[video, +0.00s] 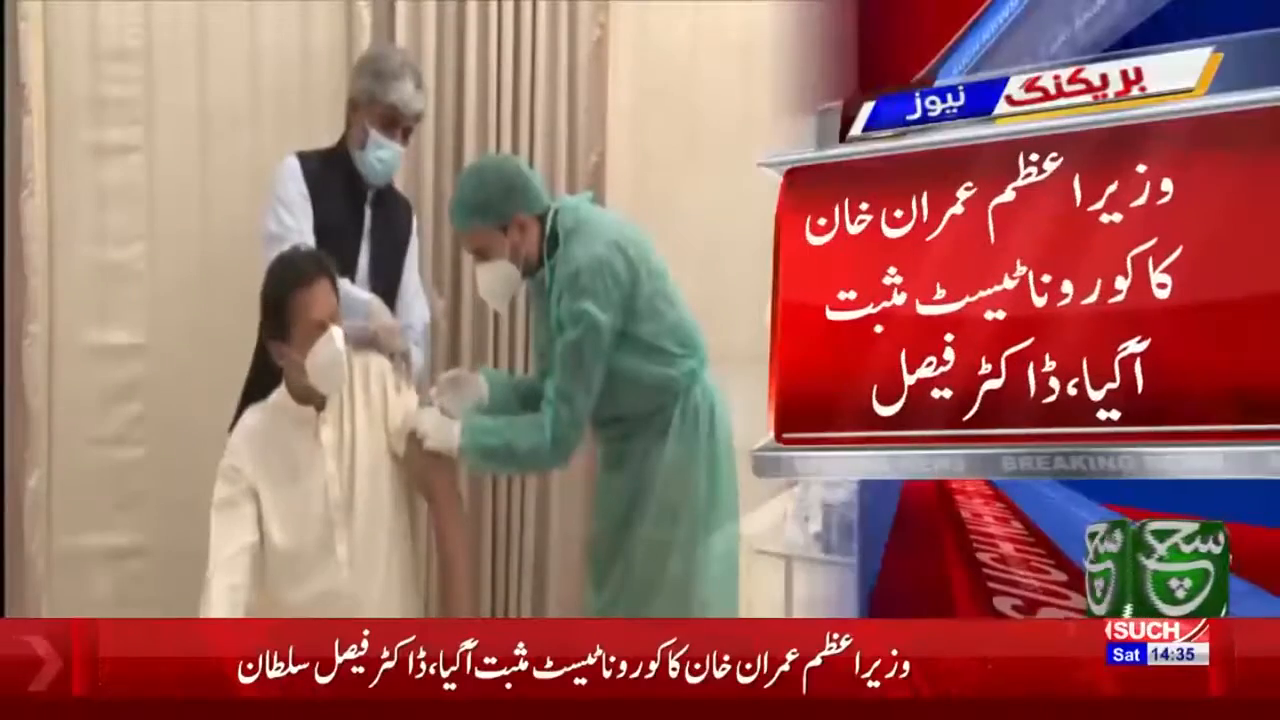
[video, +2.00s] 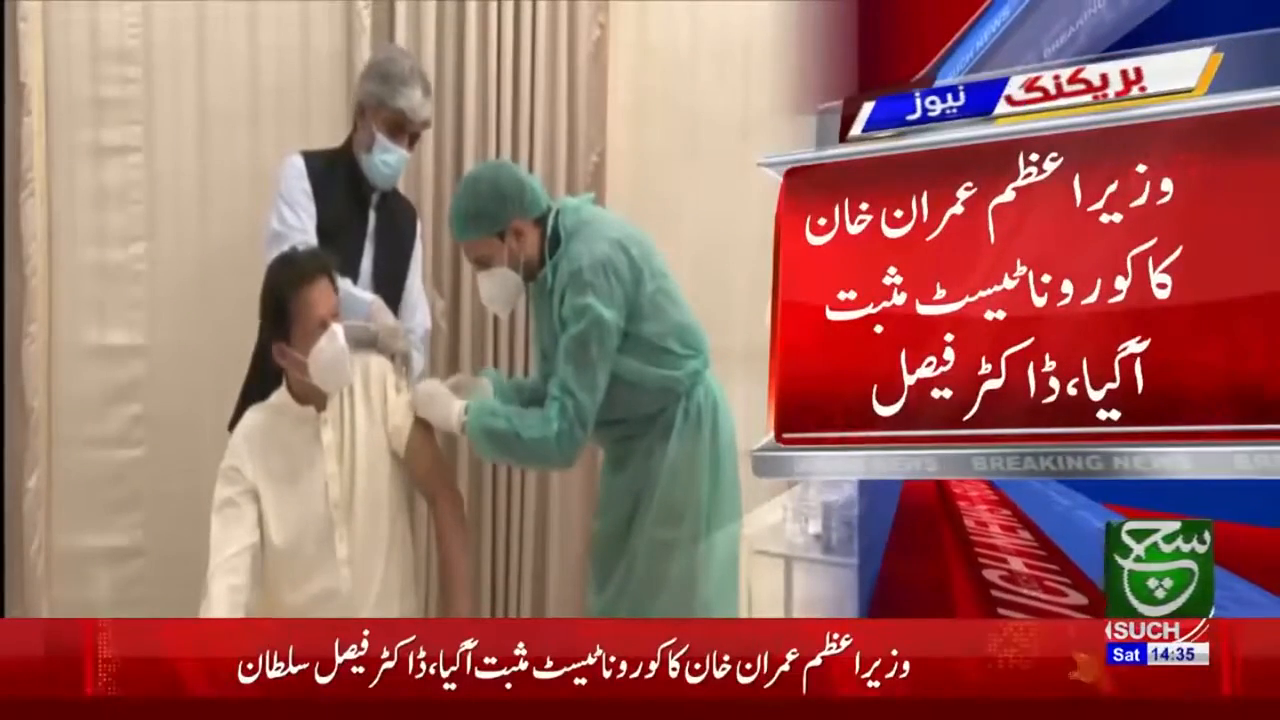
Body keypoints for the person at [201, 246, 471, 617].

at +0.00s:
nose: (337, 342)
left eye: (337, 324)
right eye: (318, 333)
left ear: (346, 322)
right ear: (280, 350)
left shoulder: (375, 379)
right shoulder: (252, 437)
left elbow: (442, 489)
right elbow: (228, 574)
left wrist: (460, 614)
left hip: (389, 615)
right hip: (294, 626)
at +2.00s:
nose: (337, 337)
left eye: (338, 321)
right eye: (320, 330)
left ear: (348, 320)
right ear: (282, 352)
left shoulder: (375, 381)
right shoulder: (254, 435)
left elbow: (444, 496)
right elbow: (230, 570)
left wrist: (460, 614)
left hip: (390, 619)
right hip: (293, 632)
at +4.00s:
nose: (332, 337)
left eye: (335, 321)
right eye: (315, 329)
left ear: (344, 319)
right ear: (280, 346)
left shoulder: (375, 380)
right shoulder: (253, 435)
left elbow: (442, 496)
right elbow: (227, 570)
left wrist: (458, 615)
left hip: (388, 617)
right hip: (293, 630)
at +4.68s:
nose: (262, 328)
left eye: (271, 308)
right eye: (241, 316)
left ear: (291, 312)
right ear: (209, 348)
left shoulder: (342, 388)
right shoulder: (180, 477)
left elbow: (429, 523)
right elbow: (156, 630)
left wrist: (455, 636)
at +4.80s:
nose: (262, 328)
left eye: (271, 308)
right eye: (241, 317)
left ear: (290, 312)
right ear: (209, 348)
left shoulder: (343, 389)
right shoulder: (178, 479)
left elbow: (429, 526)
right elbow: (157, 634)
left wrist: (455, 639)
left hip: (362, 666)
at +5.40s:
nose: (263, 329)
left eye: (272, 309)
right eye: (242, 318)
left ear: (291, 312)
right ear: (210, 349)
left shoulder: (343, 390)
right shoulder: (178, 480)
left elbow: (430, 535)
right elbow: (158, 638)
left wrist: (454, 646)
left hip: (363, 670)